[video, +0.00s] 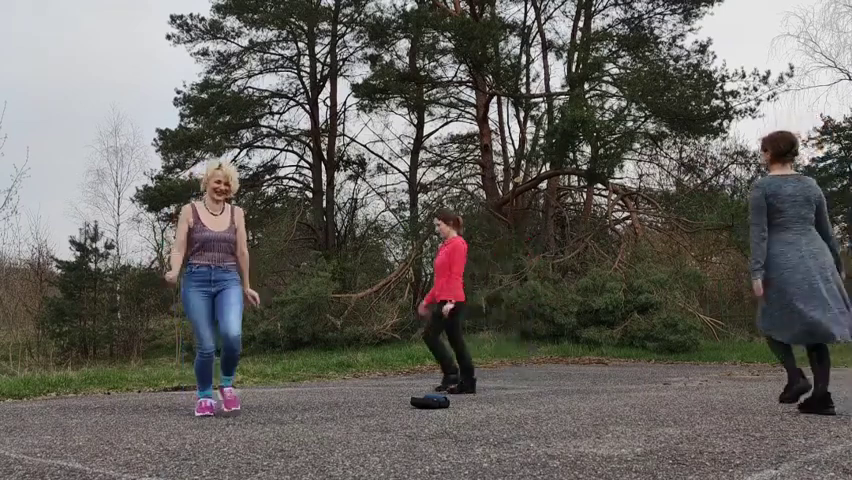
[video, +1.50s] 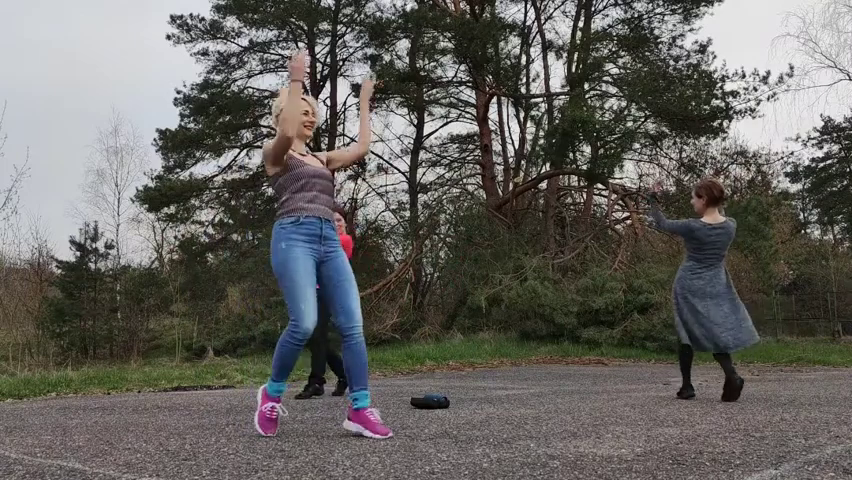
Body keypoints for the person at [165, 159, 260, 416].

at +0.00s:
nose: (221, 187)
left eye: (226, 183)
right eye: (217, 182)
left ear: (232, 186)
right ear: (206, 183)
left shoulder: (236, 213)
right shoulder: (190, 210)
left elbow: (242, 251)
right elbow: (179, 246)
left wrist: (246, 285)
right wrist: (174, 271)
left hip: (229, 280)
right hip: (196, 281)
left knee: (232, 335)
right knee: (207, 345)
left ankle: (227, 384)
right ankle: (205, 397)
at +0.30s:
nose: (229, 174)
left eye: (235, 170)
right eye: (225, 169)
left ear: (241, 173)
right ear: (215, 168)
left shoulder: (246, 200)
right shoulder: (198, 197)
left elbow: (252, 240)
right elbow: (190, 233)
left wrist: (259, 277)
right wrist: (194, 259)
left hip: (238, 271)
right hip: (203, 271)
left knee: (228, 339)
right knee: (206, 336)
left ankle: (220, 400)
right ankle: (198, 384)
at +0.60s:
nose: (239, 151)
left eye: (244, 147)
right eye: (233, 146)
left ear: (251, 153)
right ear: (222, 149)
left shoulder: (258, 185)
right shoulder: (205, 182)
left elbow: (271, 229)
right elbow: (184, 226)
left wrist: (282, 267)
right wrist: (164, 261)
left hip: (250, 263)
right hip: (212, 260)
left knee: (241, 342)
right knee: (228, 329)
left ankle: (222, 399)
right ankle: (219, 404)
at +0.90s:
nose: (263, 107)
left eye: (268, 105)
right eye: (257, 102)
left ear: (273, 115)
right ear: (242, 110)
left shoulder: (274, 152)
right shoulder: (224, 144)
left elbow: (264, 192)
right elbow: (187, 176)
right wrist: (157, 206)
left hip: (270, 226)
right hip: (232, 230)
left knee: (283, 285)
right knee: (244, 311)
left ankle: (244, 300)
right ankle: (237, 391)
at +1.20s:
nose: (289, 122)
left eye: (291, 119)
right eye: (282, 117)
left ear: (291, 130)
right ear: (263, 124)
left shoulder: (292, 167)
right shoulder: (241, 163)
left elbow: (305, 218)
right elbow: (228, 214)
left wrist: (328, 257)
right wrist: (225, 255)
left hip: (293, 253)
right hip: (254, 252)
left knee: (314, 321)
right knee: (270, 332)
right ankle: (257, 412)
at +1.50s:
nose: (307, 116)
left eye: (311, 113)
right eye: (301, 111)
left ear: (316, 123)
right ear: (286, 119)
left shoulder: (323, 159)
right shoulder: (277, 155)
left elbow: (363, 146)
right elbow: (286, 131)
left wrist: (364, 99)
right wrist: (295, 81)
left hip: (331, 239)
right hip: (293, 235)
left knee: (351, 325)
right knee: (305, 322)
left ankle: (360, 408)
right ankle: (272, 394)